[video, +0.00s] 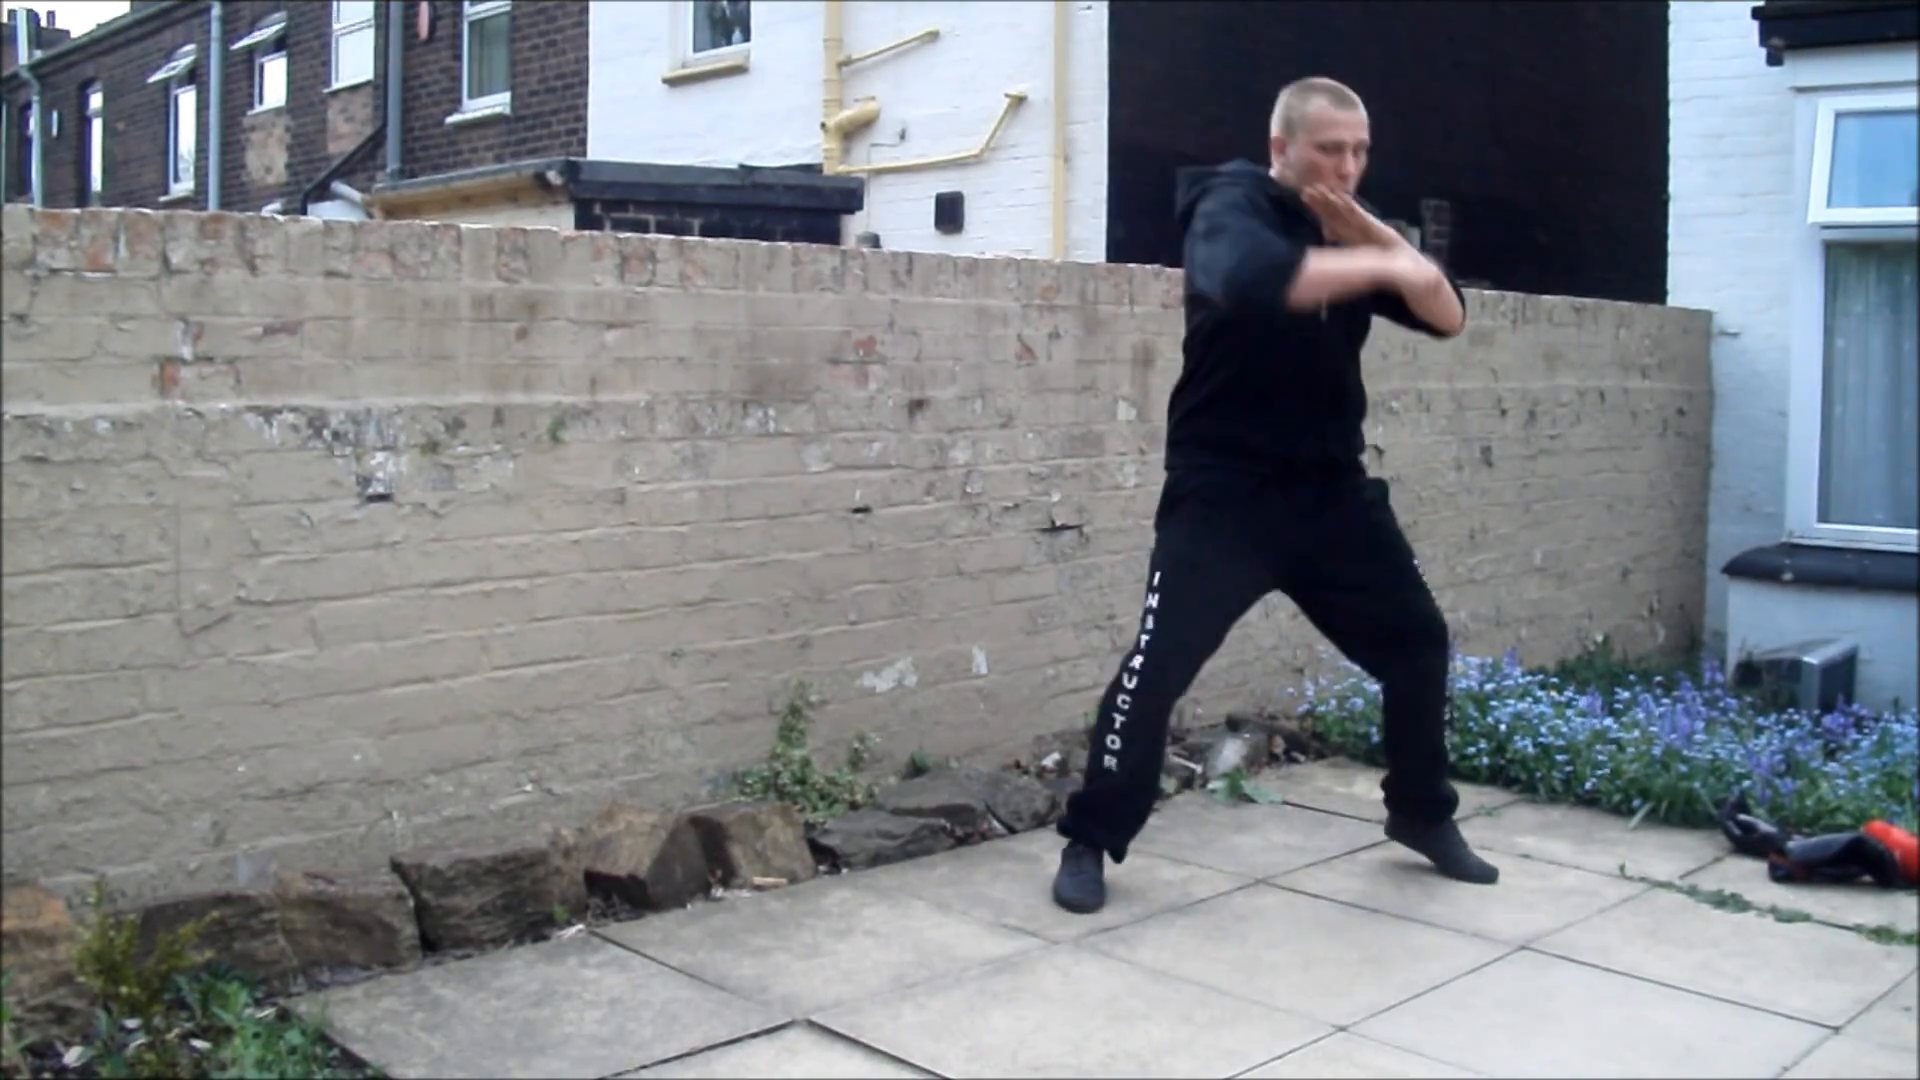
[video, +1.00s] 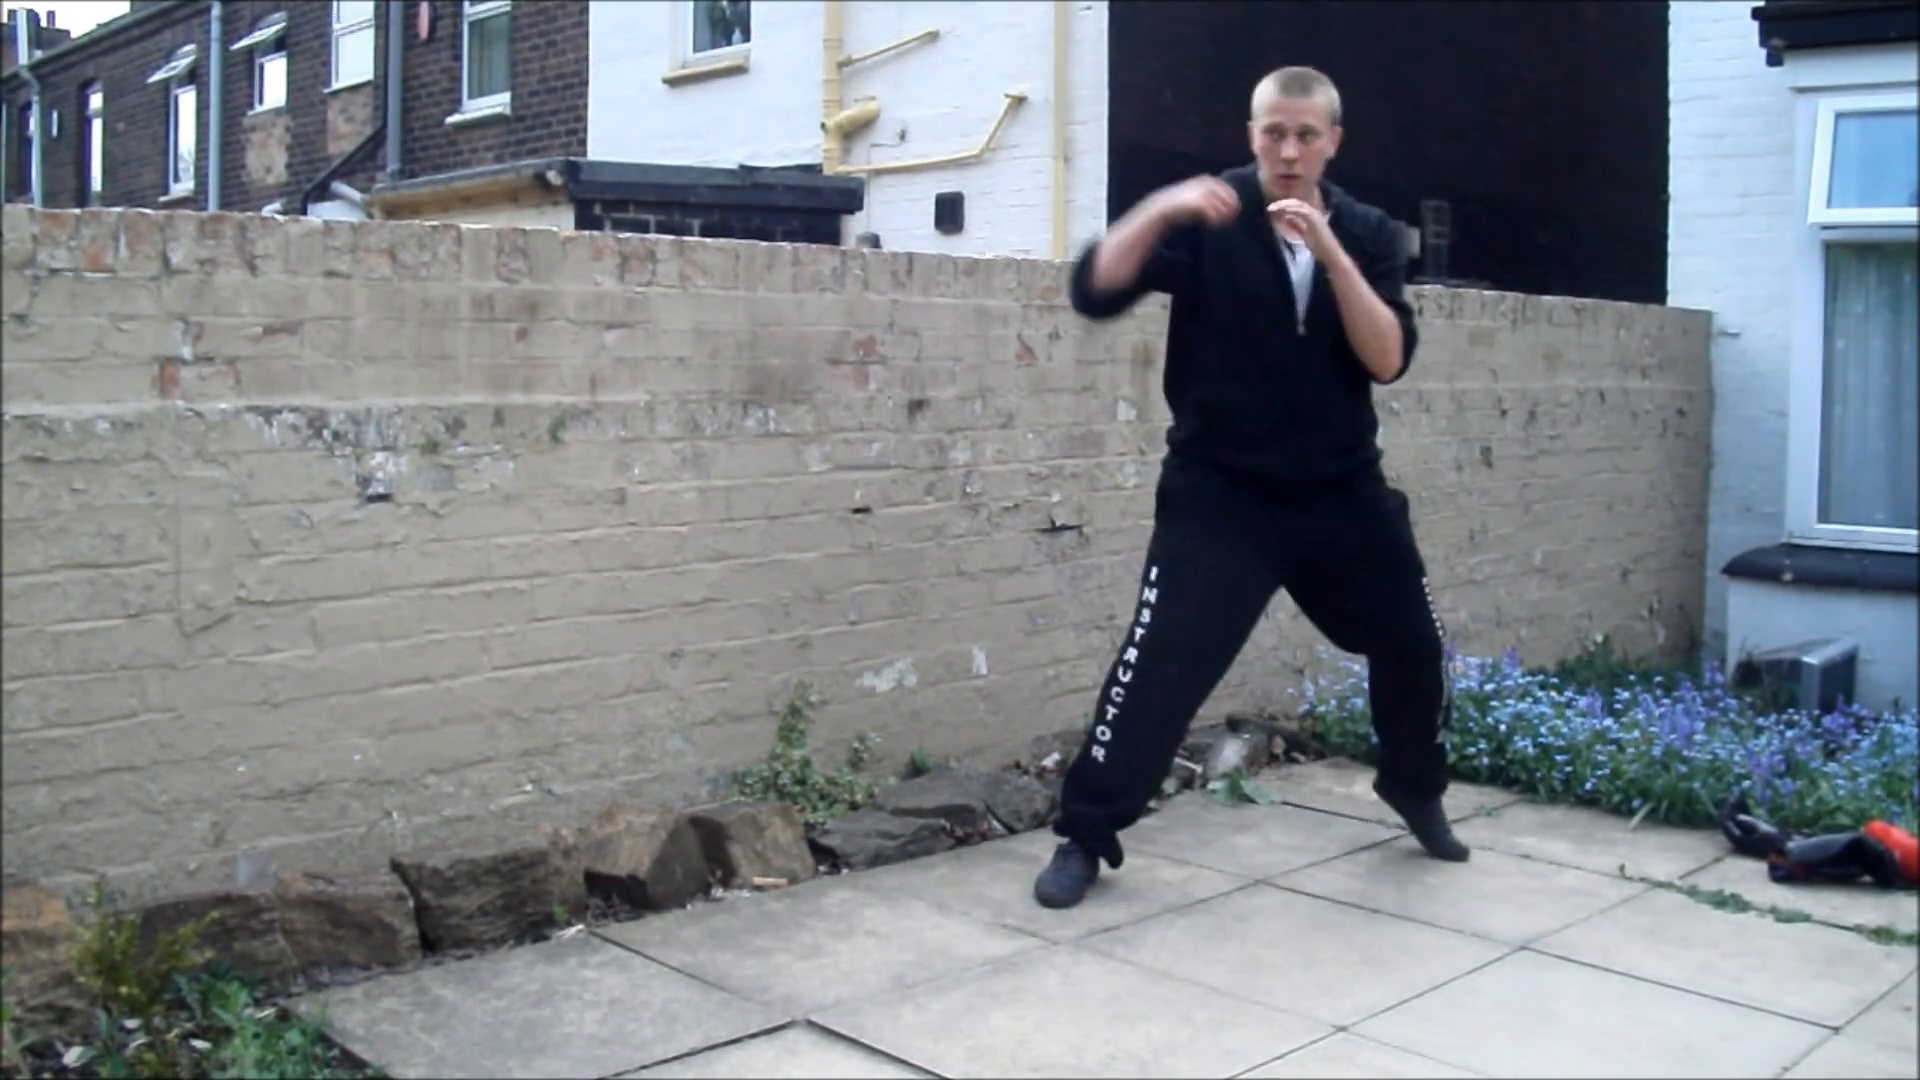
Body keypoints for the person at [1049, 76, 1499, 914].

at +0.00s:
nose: (1347, 167)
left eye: (1358, 154)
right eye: (1331, 152)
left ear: (1364, 155)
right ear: (1280, 146)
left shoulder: (1361, 229)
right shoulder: (1235, 201)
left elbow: (1448, 320)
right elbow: (1239, 277)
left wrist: (1360, 228)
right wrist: (1388, 263)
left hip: (1329, 493)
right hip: (1222, 493)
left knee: (1418, 642)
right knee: (1156, 665)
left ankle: (1420, 814)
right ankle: (1090, 841)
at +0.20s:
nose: (1394, 183)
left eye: (1409, 169)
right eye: (1377, 167)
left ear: (1426, 166)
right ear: (1340, 158)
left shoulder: (1433, 224)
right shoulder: (1279, 228)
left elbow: (1482, 343)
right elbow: (1226, 369)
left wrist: (1422, 251)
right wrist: (1339, 323)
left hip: (1394, 497)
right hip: (1281, 498)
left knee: (1444, 657)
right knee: (1217, 662)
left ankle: (1415, 829)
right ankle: (1124, 837)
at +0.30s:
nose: (1387, 122)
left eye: (1402, 106)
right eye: (1371, 105)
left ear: (1420, 105)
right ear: (1336, 101)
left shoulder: (1446, 174)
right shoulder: (1281, 176)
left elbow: (1468, 300)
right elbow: (1241, 319)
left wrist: (1408, 200)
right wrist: (1339, 254)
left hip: (1405, 444)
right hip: (1295, 439)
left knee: (1423, 634)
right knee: (1259, 621)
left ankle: (1428, 806)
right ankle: (1227, 796)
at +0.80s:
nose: (1376, 147)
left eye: (1393, 133)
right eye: (1363, 131)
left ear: (1416, 140)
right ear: (1333, 132)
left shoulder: (1437, 212)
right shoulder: (1274, 215)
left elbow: (1453, 300)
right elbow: (1207, 344)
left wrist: (1390, 198)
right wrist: (1266, 343)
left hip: (1397, 483)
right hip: (1282, 481)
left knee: (1444, 639)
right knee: (1215, 636)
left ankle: (1408, 800)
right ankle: (1140, 820)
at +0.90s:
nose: (1346, 159)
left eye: (1364, 145)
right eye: (1333, 142)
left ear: (1386, 151)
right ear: (1302, 142)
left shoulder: (1409, 233)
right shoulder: (1244, 230)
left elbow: (1433, 326)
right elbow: (1176, 367)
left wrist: (1367, 227)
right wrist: (1232, 336)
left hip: (1367, 507)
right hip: (1253, 505)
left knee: (1420, 651)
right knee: (1188, 661)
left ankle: (1403, 811)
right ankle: (1086, 834)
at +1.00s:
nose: (1289, 151)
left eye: (1306, 135)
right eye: (1275, 134)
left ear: (1334, 141)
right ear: (1251, 134)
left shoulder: (1371, 234)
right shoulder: (1203, 215)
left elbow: (1389, 360)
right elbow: (1093, 294)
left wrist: (1330, 252)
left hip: (1340, 494)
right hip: (1218, 492)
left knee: (1412, 645)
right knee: (1160, 657)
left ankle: (1416, 792)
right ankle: (1082, 834)